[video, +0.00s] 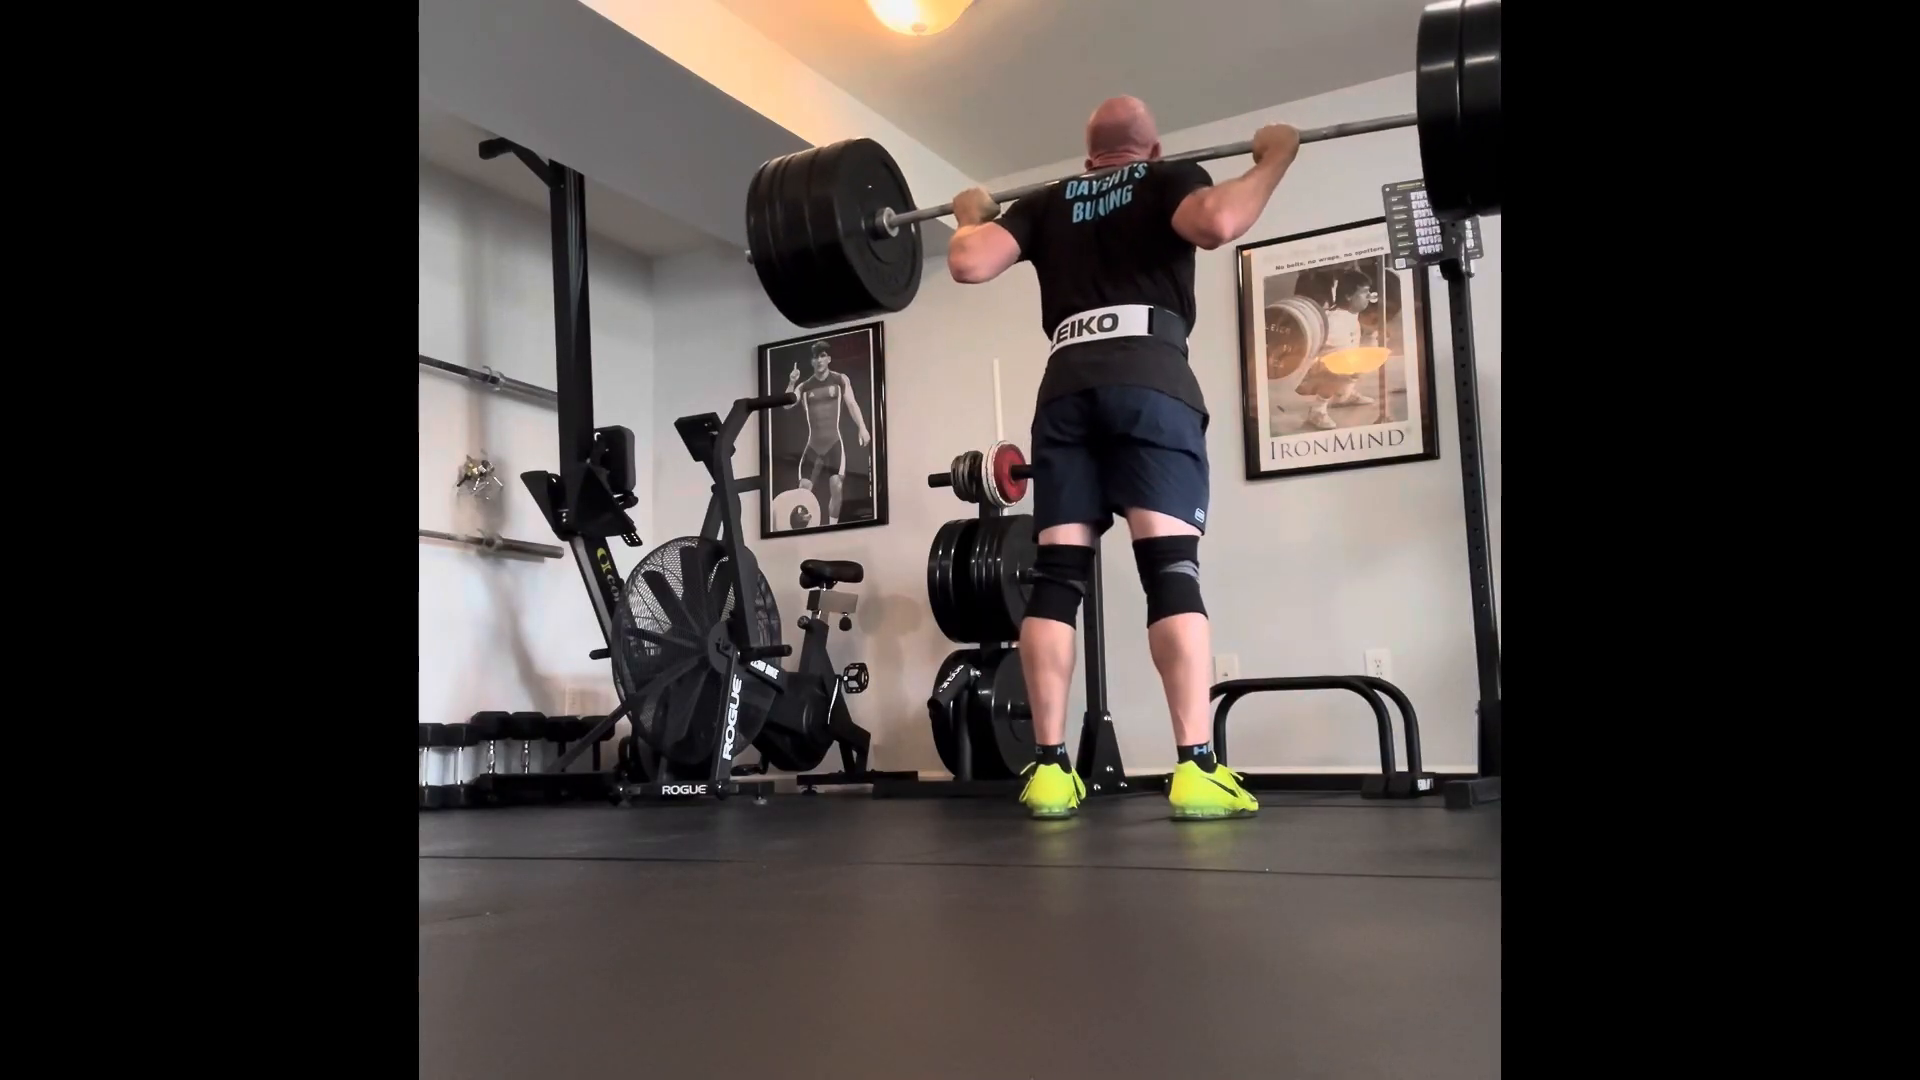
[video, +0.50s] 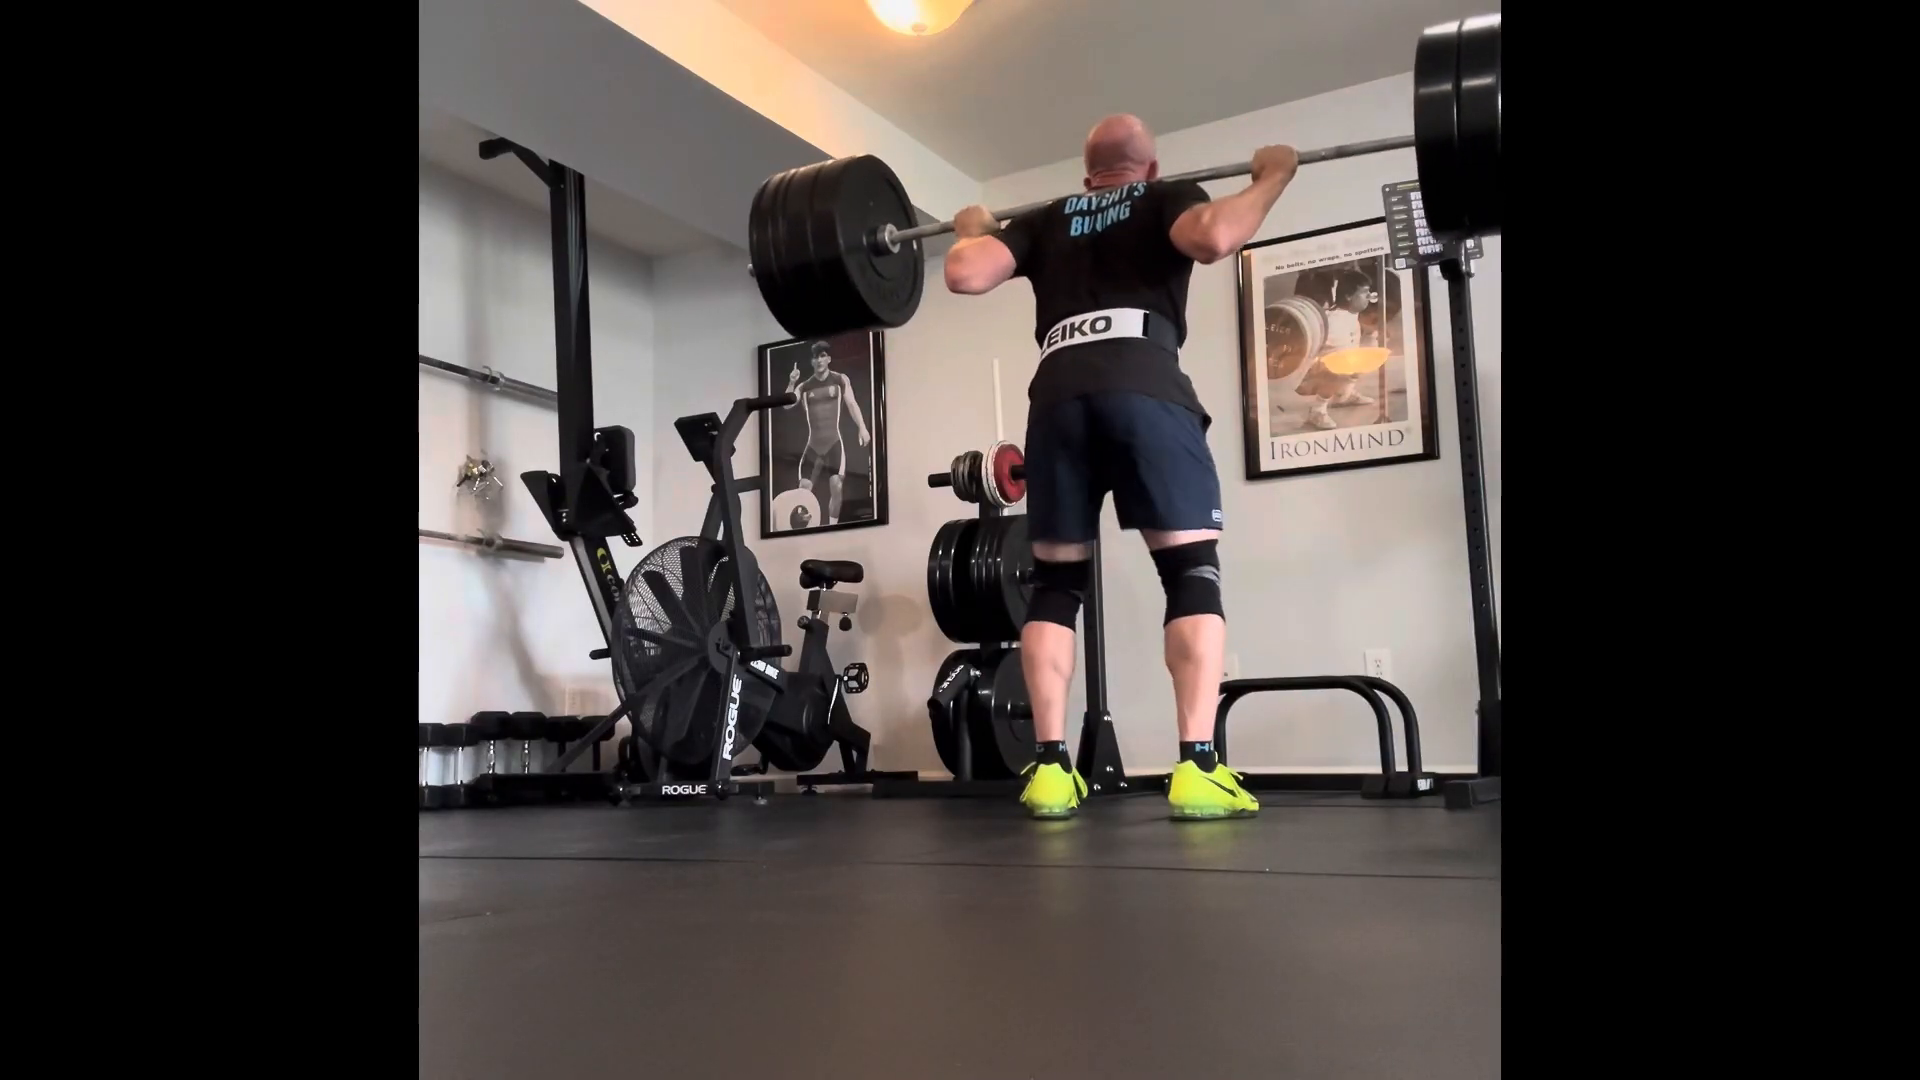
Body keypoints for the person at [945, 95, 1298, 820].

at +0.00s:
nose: (1147, 151)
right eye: (1152, 142)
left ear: (1085, 153)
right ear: (1154, 147)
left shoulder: (1045, 203)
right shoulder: (1167, 179)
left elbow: (969, 262)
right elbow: (1218, 220)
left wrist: (969, 215)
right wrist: (1272, 159)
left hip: (1066, 383)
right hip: (1153, 380)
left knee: (1056, 574)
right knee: (1170, 571)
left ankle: (1050, 764)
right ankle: (1197, 763)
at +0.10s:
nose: (1150, 153)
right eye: (1153, 144)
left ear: (1087, 154)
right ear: (1154, 149)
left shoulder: (1046, 204)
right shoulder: (1165, 179)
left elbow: (969, 261)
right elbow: (1219, 217)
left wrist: (970, 216)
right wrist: (1272, 159)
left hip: (1065, 384)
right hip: (1151, 380)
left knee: (1057, 574)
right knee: (1171, 570)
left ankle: (1050, 764)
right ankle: (1197, 763)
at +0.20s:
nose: (1150, 152)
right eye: (1153, 143)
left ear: (1087, 154)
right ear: (1154, 149)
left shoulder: (1046, 204)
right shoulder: (1164, 178)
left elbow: (969, 260)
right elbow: (1218, 216)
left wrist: (971, 215)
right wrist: (1271, 161)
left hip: (1064, 384)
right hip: (1151, 379)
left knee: (1056, 575)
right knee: (1171, 570)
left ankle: (1050, 764)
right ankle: (1196, 763)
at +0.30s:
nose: (1147, 152)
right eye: (1152, 144)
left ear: (1087, 154)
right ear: (1154, 150)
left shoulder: (1046, 205)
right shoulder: (1165, 181)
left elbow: (969, 260)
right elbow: (1218, 218)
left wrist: (971, 214)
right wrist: (1272, 160)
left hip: (1062, 382)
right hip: (1149, 378)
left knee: (1056, 575)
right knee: (1172, 570)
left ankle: (1051, 763)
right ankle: (1196, 761)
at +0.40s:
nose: (1150, 159)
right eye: (1152, 150)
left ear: (1086, 159)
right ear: (1153, 156)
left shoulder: (1045, 209)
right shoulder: (1165, 186)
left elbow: (967, 263)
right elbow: (1217, 223)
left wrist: (971, 217)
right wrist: (1270, 166)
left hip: (1059, 387)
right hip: (1148, 382)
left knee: (1056, 578)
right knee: (1180, 575)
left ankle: (1051, 763)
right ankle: (1197, 761)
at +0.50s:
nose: (1143, 170)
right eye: (1149, 161)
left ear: (1084, 169)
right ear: (1151, 167)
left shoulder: (1043, 220)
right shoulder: (1164, 198)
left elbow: (963, 273)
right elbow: (1214, 235)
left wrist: (972, 227)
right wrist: (1270, 177)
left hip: (1056, 397)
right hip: (1147, 390)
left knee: (1055, 585)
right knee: (1190, 578)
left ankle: (1051, 764)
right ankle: (1198, 763)